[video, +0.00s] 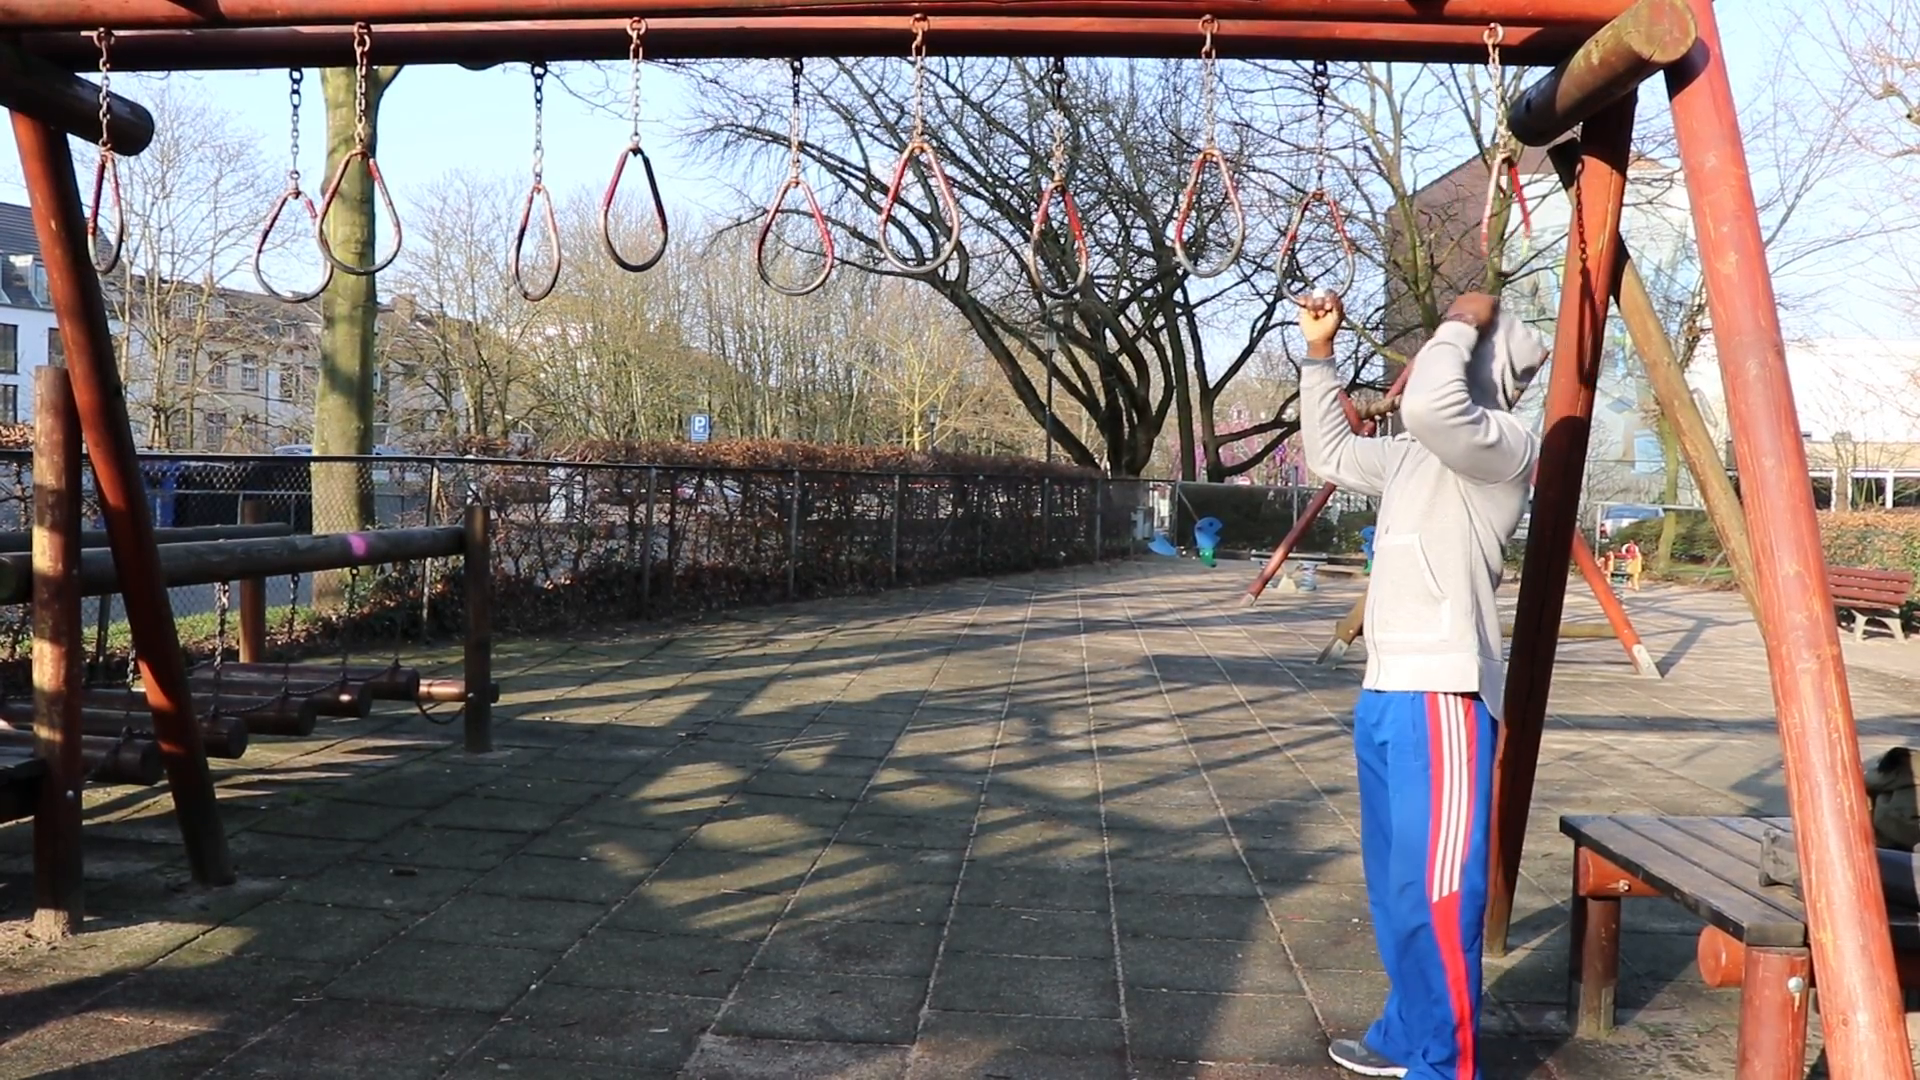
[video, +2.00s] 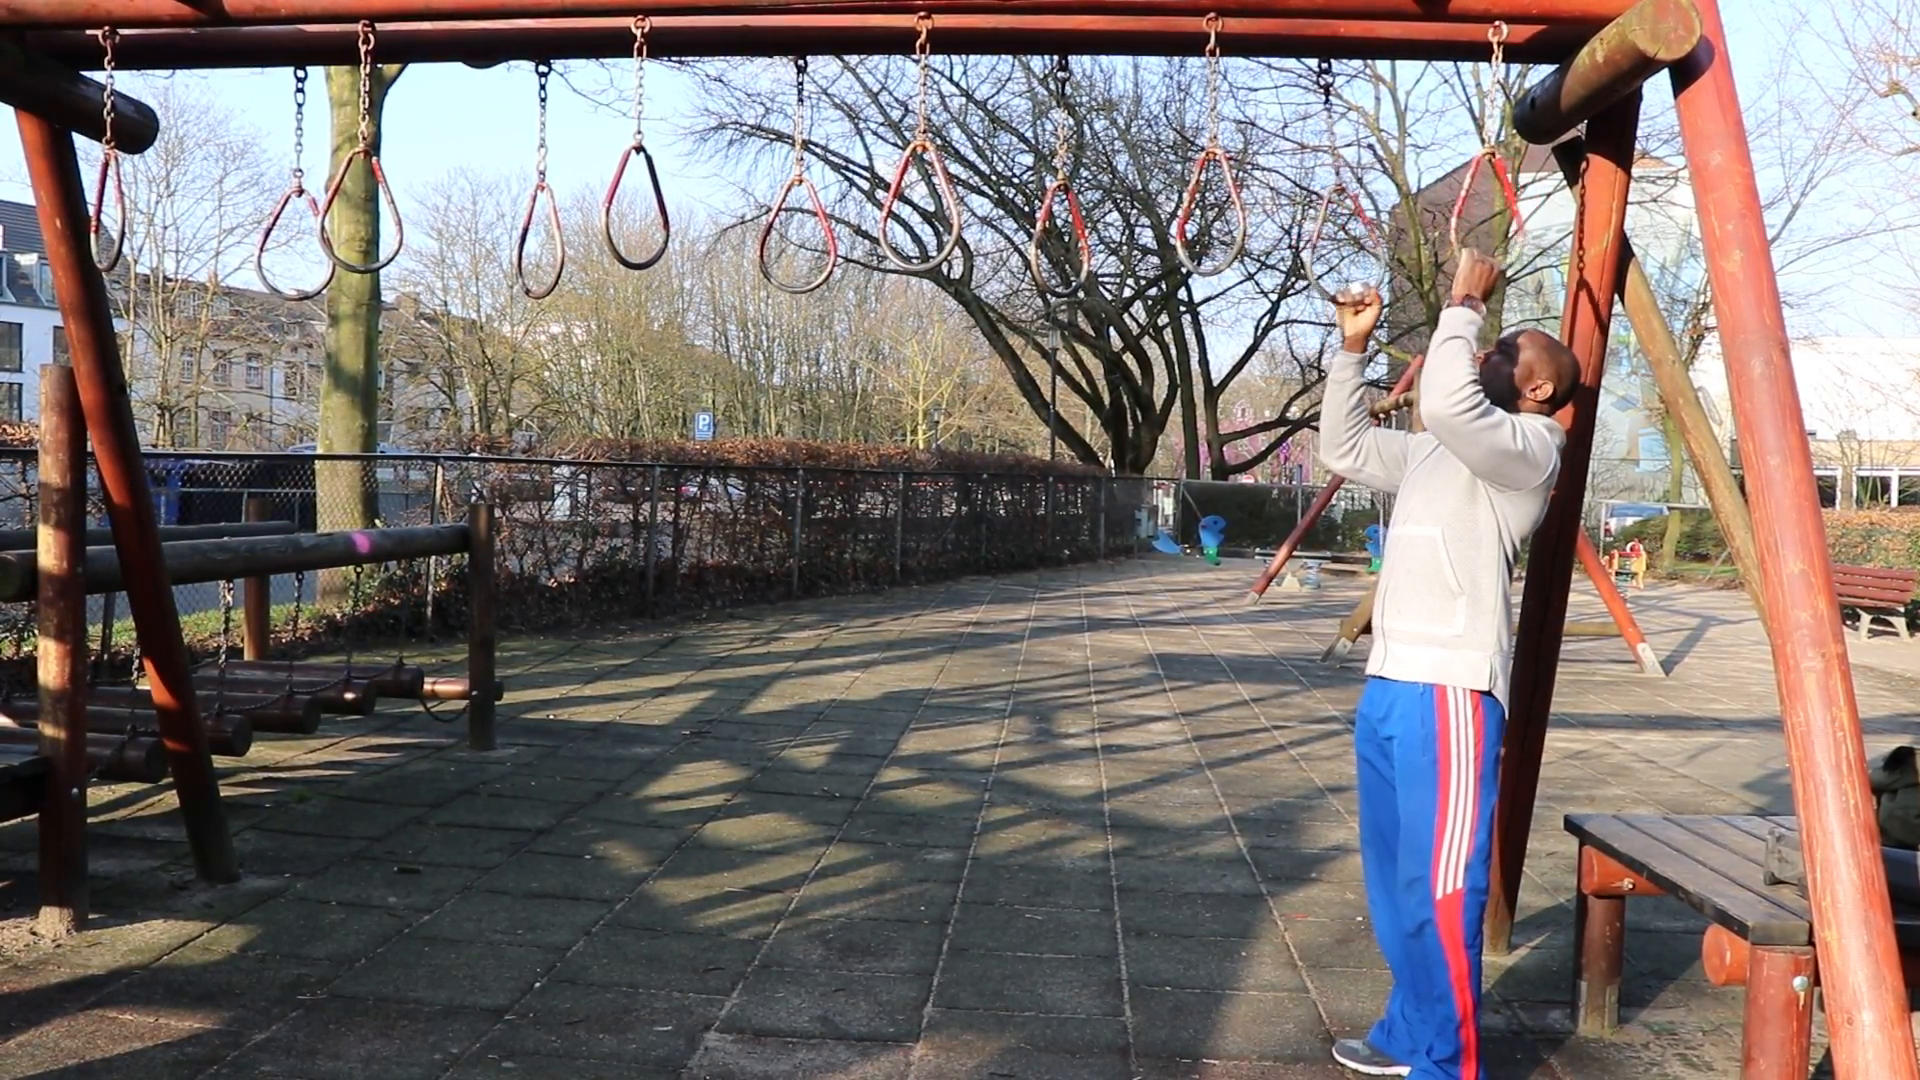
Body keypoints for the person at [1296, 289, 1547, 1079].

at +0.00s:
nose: (1414, 366)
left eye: (1438, 352)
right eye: (1420, 353)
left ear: (1482, 367)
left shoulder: (1508, 442)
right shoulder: (1411, 449)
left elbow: (1432, 408)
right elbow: (1330, 451)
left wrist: (1461, 326)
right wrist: (1319, 351)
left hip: (1446, 694)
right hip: (1390, 691)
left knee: (1440, 889)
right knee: (1396, 884)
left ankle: (1447, 1060)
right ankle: (1407, 1035)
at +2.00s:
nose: (1489, 353)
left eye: (1511, 350)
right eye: (1493, 346)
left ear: (1540, 392)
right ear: (1495, 376)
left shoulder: (1534, 448)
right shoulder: (1433, 446)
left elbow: (1445, 406)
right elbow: (1341, 445)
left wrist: (1463, 306)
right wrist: (1350, 346)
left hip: (1452, 694)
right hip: (1391, 689)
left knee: (1442, 888)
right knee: (1395, 883)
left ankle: (1447, 1060)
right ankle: (1411, 1034)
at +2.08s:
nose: (1485, 356)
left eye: (1506, 349)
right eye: (1490, 347)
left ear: (1538, 385)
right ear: (1503, 375)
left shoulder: (1534, 447)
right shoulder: (1437, 443)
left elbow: (1441, 399)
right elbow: (1347, 443)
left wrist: (1470, 306)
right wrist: (1365, 341)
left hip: (1454, 695)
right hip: (1394, 690)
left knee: (1442, 889)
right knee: (1396, 884)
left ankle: (1447, 1060)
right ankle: (1411, 1034)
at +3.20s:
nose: (1380, 365)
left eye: (1398, 355)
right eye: (1388, 353)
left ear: (1440, 380)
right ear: (1439, 382)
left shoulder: (1424, 443)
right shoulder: (1412, 437)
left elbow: (1279, 429)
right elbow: (1311, 432)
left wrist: (1269, 314)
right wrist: (1329, 342)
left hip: (1369, 675)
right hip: (1337, 665)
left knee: (1289, 860)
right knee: (1262, 825)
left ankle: (1344, 1046)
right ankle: (1337, 997)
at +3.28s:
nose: (1360, 369)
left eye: (1380, 358)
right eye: (1370, 357)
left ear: (1420, 383)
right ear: (1419, 383)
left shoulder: (1400, 444)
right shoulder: (1395, 437)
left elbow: (1254, 436)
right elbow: (1291, 439)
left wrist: (1248, 318)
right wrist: (1322, 344)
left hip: (1340, 676)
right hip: (1314, 663)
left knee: (1236, 850)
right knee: (1217, 802)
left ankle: (1280, 1043)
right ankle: (1290, 992)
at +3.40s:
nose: (1328, 360)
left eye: (1348, 352)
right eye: (1335, 347)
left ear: (1388, 377)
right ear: (1386, 377)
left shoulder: (1366, 439)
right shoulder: (1369, 434)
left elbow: (1215, 435)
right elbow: (1273, 430)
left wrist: (1223, 317)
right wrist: (1306, 343)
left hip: (1298, 667)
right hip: (1280, 650)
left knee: (1148, 804)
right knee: (1152, 719)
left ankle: (1165, 1010)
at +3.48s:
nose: (1304, 349)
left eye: (1323, 340)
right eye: (1311, 337)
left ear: (1364, 364)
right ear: (1367, 368)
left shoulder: (1344, 423)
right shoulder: (1354, 423)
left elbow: (1198, 432)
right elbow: (1240, 437)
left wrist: (1215, 320)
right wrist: (1292, 350)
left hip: (1267, 647)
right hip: (1249, 626)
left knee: (1103, 762)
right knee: (1112, 658)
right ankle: (1076, 841)